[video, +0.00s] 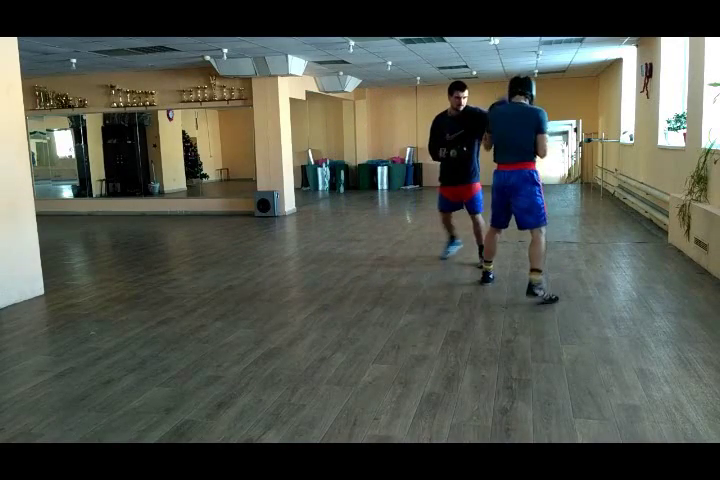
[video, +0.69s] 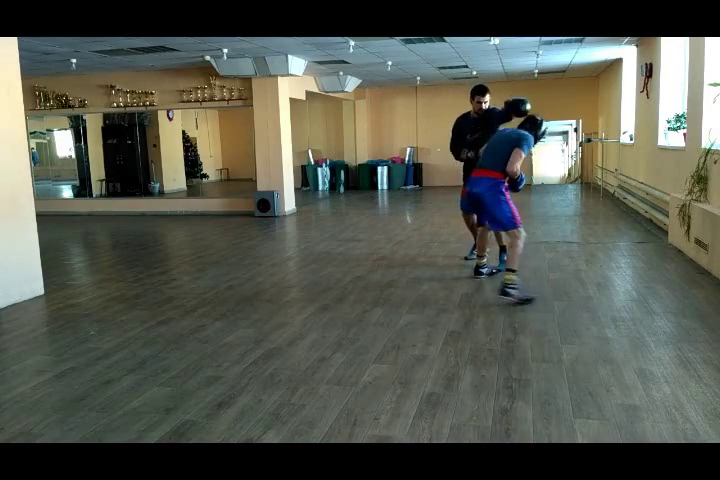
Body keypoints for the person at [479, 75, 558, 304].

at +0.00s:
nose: (530, 99)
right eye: (530, 96)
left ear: (510, 94)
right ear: (530, 96)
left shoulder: (495, 111)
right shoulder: (537, 113)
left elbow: (486, 144)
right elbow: (542, 151)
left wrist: (502, 133)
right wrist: (529, 136)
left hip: (501, 176)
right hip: (526, 176)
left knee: (494, 228)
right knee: (538, 231)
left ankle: (487, 272)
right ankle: (535, 284)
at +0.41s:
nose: (540, 106)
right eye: (540, 103)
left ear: (518, 99)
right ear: (538, 103)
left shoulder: (499, 118)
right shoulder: (543, 122)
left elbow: (484, 153)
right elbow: (546, 161)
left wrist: (502, 148)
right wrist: (531, 148)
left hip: (501, 182)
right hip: (525, 183)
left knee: (493, 225)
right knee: (537, 237)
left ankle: (483, 268)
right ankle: (534, 291)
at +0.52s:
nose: (545, 131)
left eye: (546, 128)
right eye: (546, 128)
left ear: (527, 116)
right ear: (543, 125)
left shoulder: (503, 124)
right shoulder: (533, 132)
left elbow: (470, 132)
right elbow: (525, 167)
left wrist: (485, 139)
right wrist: (527, 170)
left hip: (483, 182)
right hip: (502, 184)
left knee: (489, 224)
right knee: (524, 235)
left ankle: (481, 266)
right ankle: (532, 290)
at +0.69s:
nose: (537, 140)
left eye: (538, 137)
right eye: (538, 137)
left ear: (522, 124)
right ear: (536, 132)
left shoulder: (501, 132)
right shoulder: (526, 138)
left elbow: (483, 153)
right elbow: (511, 168)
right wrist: (517, 179)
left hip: (473, 183)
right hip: (492, 186)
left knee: (484, 226)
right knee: (518, 235)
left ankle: (480, 266)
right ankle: (509, 285)